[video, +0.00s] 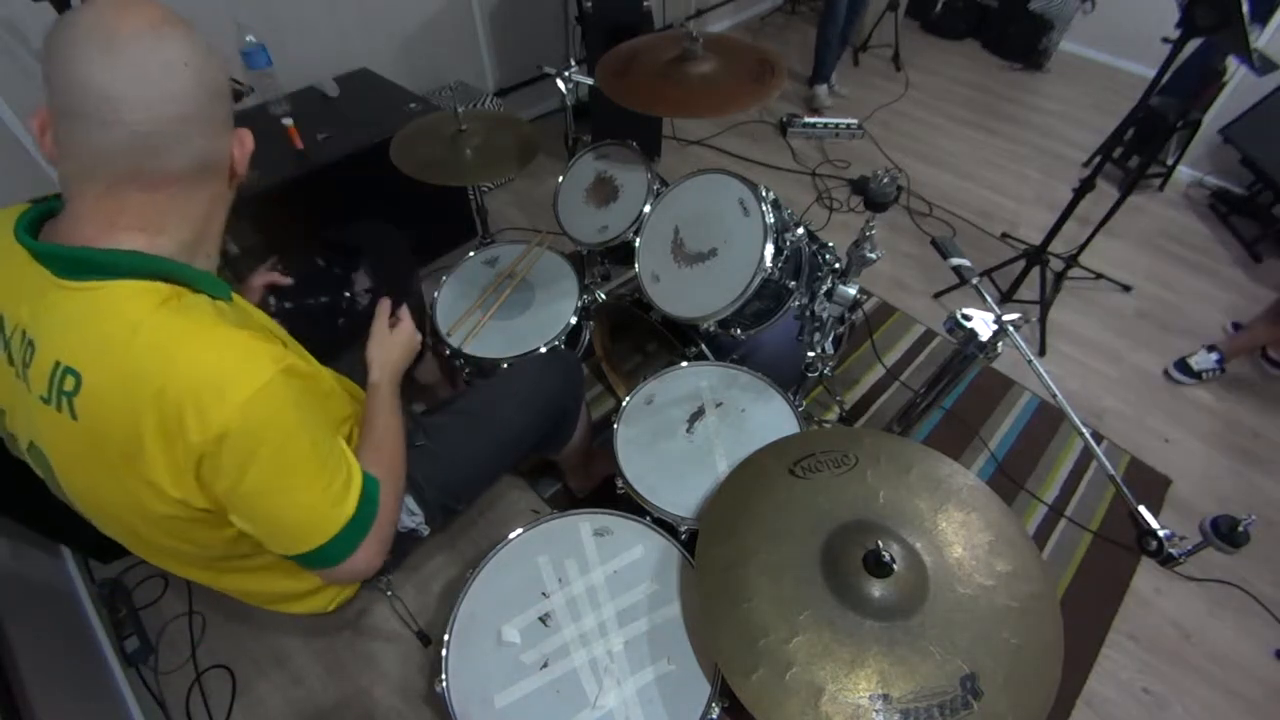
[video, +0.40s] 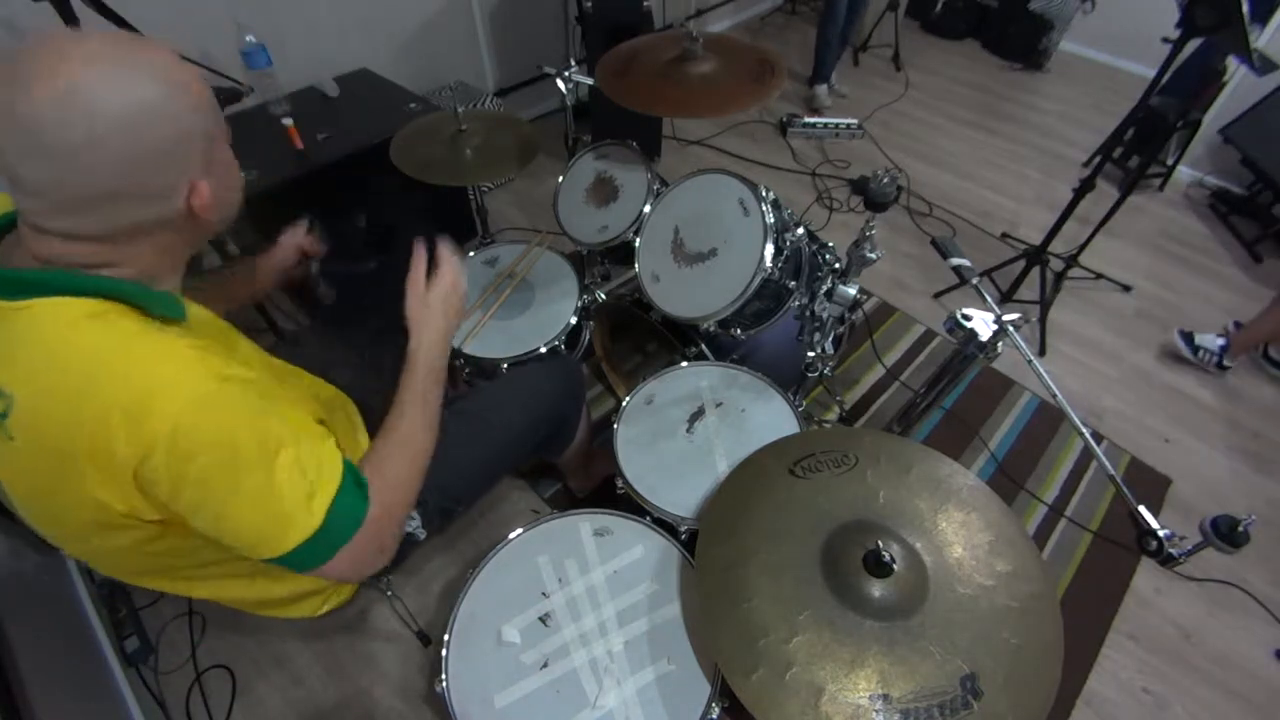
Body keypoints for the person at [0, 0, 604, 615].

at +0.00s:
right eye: (248, 125)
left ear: (45, 135)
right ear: (239, 156)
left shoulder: (20, 243)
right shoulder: (237, 382)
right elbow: (361, 550)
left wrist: (230, 309)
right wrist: (384, 380)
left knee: (372, 250)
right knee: (553, 365)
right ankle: (581, 467)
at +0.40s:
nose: (235, 158)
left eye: (223, 140)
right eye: (226, 148)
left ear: (48, 179)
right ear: (199, 200)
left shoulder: (21, 258)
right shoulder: (177, 403)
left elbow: (138, 314)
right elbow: (365, 544)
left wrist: (251, 280)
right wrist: (430, 347)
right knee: (555, 373)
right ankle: (584, 470)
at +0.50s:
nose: (249, 207)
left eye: (248, 188)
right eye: (240, 194)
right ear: (193, 230)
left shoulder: (21, 233)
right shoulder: (157, 422)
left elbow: (191, 292)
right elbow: (384, 527)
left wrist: (266, 240)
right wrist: (414, 298)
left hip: (265, 385)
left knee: (406, 324)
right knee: (552, 376)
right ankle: (582, 467)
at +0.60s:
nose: (285, 229)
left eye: (279, 211)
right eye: (274, 221)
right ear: (193, 258)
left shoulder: (30, 219)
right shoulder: (124, 419)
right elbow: (398, 498)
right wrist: (352, 254)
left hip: (249, 376)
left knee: (387, 286)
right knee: (553, 379)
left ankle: (427, 386)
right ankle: (577, 470)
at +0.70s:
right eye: (244, 257)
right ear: (196, 261)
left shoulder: (36, 215)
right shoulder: (91, 411)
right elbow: (405, 474)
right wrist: (275, 224)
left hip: (240, 369)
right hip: (330, 516)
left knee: (414, 288)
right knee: (553, 380)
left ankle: (428, 394)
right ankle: (576, 469)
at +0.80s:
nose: (316, 232)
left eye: (306, 223)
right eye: (307, 225)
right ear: (204, 268)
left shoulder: (43, 212)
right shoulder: (84, 406)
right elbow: (407, 467)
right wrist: (236, 216)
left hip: (241, 368)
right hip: (333, 517)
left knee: (417, 284)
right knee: (552, 380)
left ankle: (432, 395)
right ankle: (577, 466)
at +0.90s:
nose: (329, 245)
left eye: (322, 229)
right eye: (317, 237)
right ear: (208, 249)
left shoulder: (51, 206)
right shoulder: (79, 399)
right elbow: (410, 457)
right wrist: (212, 213)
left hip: (241, 373)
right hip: (331, 520)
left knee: (413, 285)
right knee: (553, 381)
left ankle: (436, 393)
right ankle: (576, 467)